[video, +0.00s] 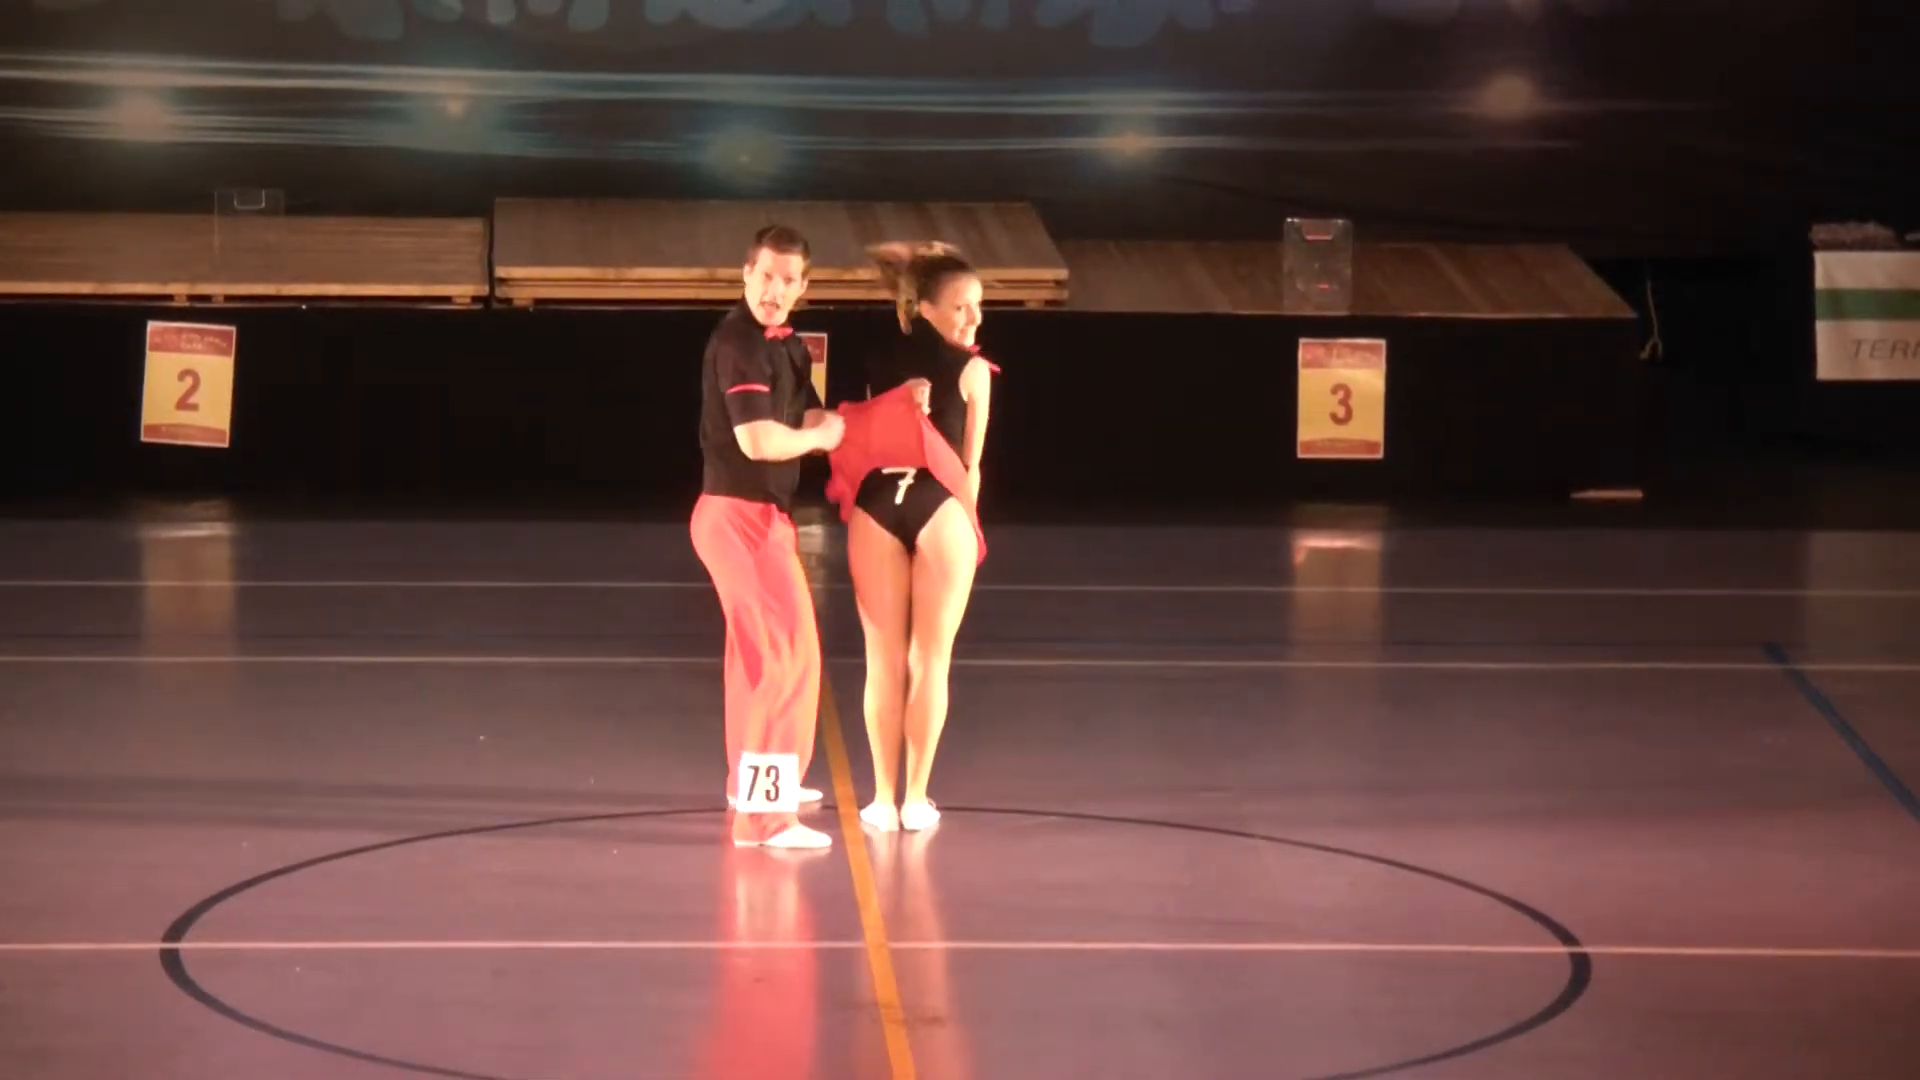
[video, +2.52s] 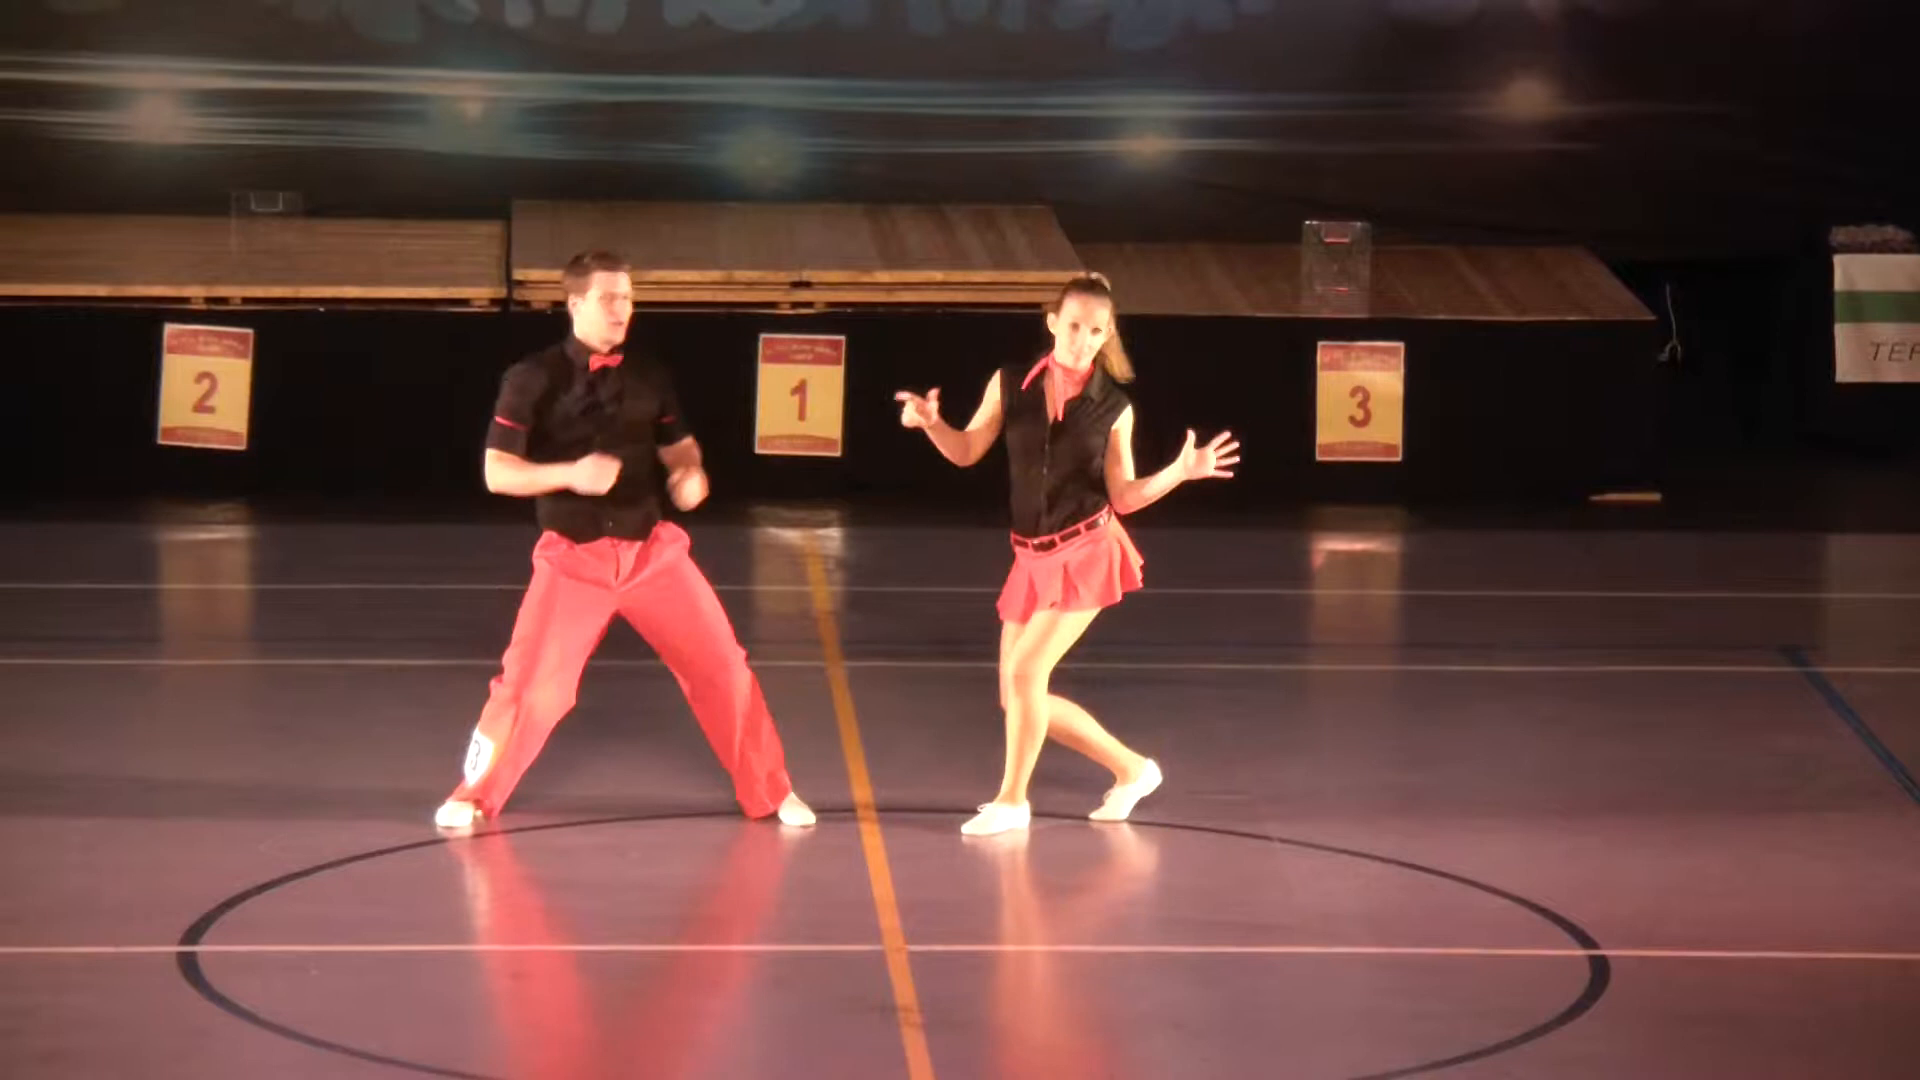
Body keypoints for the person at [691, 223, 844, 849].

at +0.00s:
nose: (775, 290)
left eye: (788, 280)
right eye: (766, 276)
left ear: (802, 285)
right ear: (747, 272)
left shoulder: (788, 347)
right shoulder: (737, 342)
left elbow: (806, 423)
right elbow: (756, 440)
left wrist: (885, 412)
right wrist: (816, 435)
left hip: (762, 518)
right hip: (735, 518)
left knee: (755, 659)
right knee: (795, 653)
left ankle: (753, 802)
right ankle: (766, 809)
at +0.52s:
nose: (707, 257)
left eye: (717, 248)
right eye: (697, 248)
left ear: (735, 260)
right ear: (679, 256)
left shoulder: (756, 324)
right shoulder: (649, 306)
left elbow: (784, 364)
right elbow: (595, 265)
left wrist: (727, 294)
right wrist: (623, 183)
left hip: (730, 514)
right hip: (654, 507)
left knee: (752, 649)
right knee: (606, 644)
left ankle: (755, 792)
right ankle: (522, 784)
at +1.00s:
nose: (576, 291)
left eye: (588, 281)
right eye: (568, 280)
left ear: (607, 290)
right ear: (551, 286)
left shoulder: (621, 354)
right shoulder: (525, 346)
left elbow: (649, 402)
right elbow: (477, 348)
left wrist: (596, 328)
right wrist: (506, 291)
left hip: (622, 544)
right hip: (540, 545)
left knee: (696, 656)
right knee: (493, 670)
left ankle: (744, 786)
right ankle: (453, 795)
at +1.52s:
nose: (493, 332)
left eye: (504, 318)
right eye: (484, 321)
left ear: (534, 316)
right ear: (476, 325)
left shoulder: (581, 361)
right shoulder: (484, 393)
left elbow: (605, 428)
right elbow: (502, 489)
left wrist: (532, 377)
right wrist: (460, 414)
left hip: (618, 554)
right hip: (536, 562)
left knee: (702, 658)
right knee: (495, 682)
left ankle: (759, 788)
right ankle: (459, 798)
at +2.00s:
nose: (639, 332)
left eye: (640, 319)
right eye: (634, 319)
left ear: (602, 318)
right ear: (597, 317)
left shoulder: (609, 383)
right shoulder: (531, 376)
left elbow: (635, 480)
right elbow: (497, 470)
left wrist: (712, 463)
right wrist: (587, 472)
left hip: (636, 552)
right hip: (560, 564)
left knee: (711, 659)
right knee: (524, 690)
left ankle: (773, 791)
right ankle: (467, 800)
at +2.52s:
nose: (620, 312)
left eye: (626, 300)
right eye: (607, 300)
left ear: (632, 305)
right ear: (573, 303)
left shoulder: (648, 375)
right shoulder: (533, 378)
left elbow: (682, 455)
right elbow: (498, 472)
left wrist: (689, 481)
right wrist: (570, 473)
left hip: (656, 557)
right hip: (571, 562)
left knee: (724, 667)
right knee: (532, 684)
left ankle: (770, 792)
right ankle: (473, 799)